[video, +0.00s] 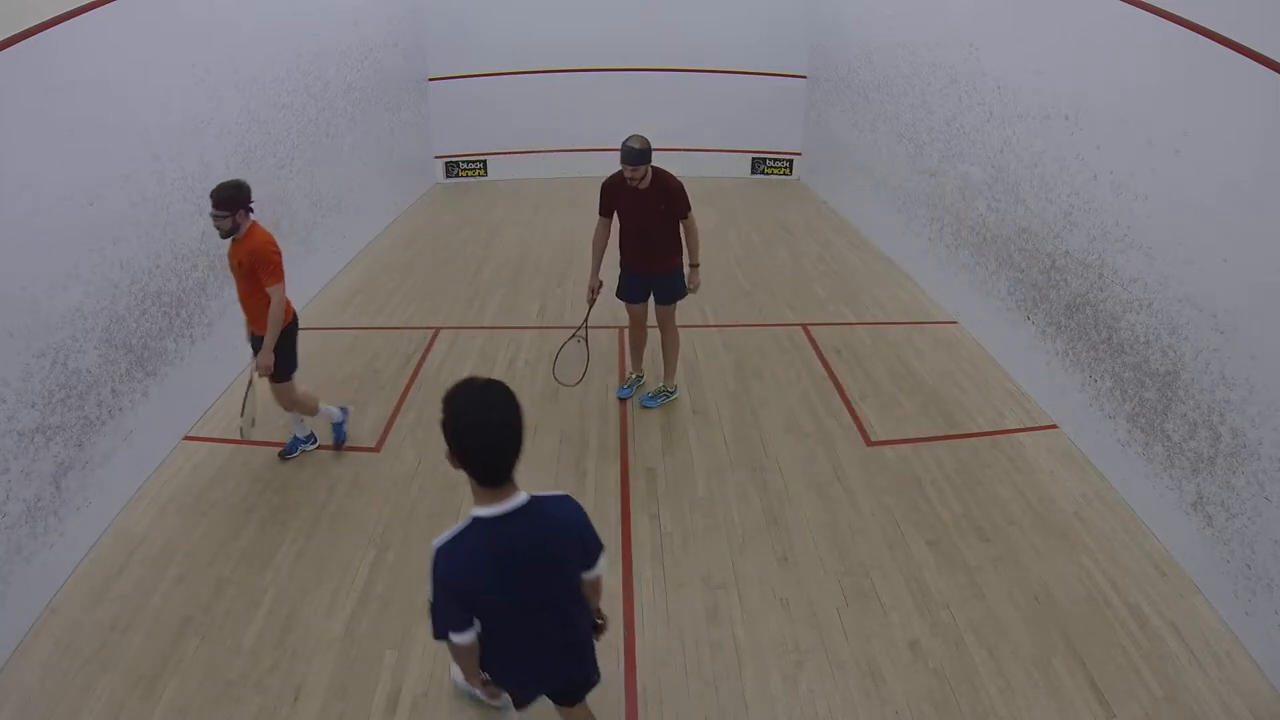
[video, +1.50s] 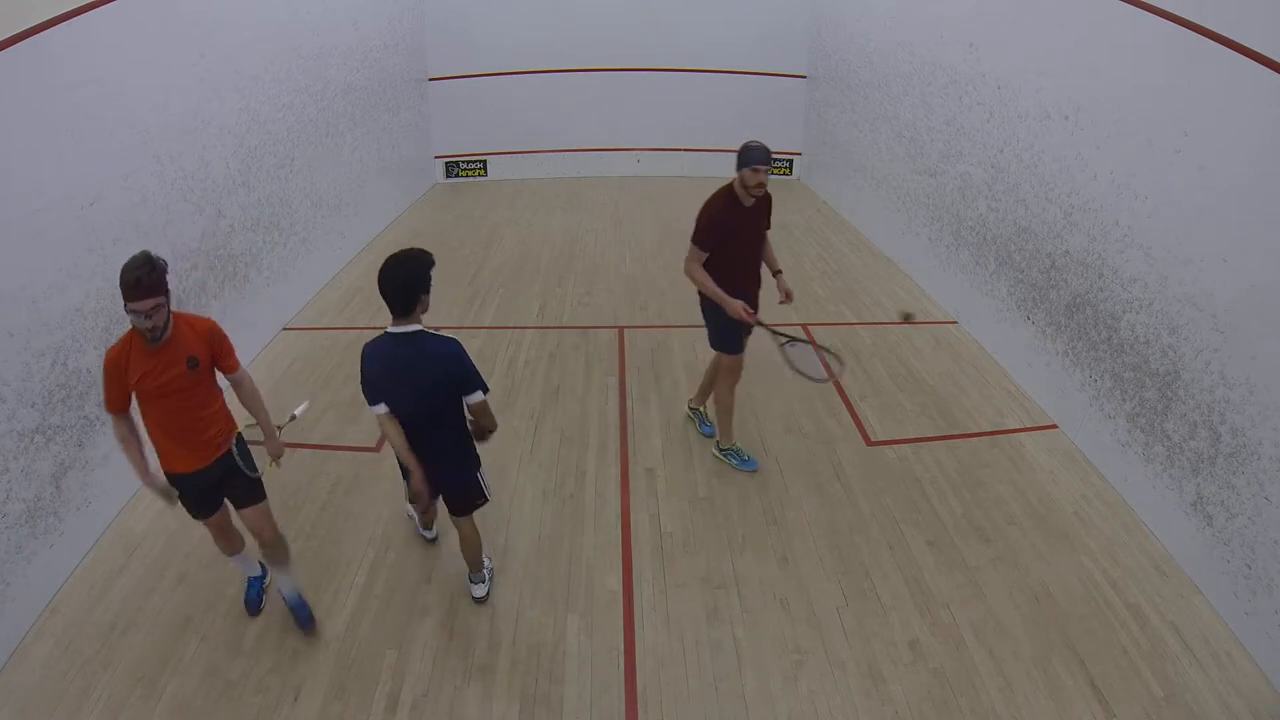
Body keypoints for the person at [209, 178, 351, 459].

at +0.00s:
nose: (215, 223)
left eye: (221, 217)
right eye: (213, 217)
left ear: (242, 214)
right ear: (238, 214)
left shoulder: (260, 245)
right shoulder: (238, 240)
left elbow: (278, 301)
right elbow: (251, 291)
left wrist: (267, 350)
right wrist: (251, 328)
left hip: (279, 329)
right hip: (260, 328)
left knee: (286, 395)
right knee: (281, 387)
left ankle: (337, 415)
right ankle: (303, 434)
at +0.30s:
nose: (200, 237)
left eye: (205, 231)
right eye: (196, 231)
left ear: (225, 225)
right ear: (193, 225)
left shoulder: (250, 257)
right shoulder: (209, 252)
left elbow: (274, 306)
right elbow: (212, 295)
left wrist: (269, 355)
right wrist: (207, 336)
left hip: (266, 341)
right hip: (243, 342)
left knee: (270, 407)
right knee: (273, 389)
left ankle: (278, 480)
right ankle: (302, 434)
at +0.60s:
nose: (187, 254)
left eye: (193, 247)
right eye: (182, 247)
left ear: (212, 240)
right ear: (179, 241)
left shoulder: (239, 275)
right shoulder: (188, 274)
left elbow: (262, 325)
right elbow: (194, 319)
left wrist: (239, 370)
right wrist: (193, 362)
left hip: (249, 357)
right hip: (219, 363)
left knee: (260, 424)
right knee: (239, 418)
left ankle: (273, 491)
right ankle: (281, 438)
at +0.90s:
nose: (172, 272)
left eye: (178, 264)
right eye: (166, 265)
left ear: (197, 255)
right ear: (163, 260)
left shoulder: (228, 287)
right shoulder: (171, 294)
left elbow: (249, 346)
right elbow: (179, 341)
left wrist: (221, 396)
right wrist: (184, 388)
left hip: (241, 381)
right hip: (202, 389)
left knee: (260, 443)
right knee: (216, 467)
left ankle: (273, 491)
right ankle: (245, 514)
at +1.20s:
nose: (149, 301)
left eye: (154, 291)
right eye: (141, 294)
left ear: (173, 280)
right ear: (134, 290)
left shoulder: (209, 314)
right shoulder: (143, 331)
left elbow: (241, 372)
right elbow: (160, 383)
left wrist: (257, 427)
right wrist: (177, 426)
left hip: (230, 421)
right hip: (189, 434)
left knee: (254, 474)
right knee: (218, 507)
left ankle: (272, 494)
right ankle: (254, 571)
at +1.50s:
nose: (148, 322)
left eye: (155, 310)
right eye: (137, 314)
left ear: (168, 296)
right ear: (125, 308)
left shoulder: (202, 332)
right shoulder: (119, 360)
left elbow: (240, 380)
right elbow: (120, 418)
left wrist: (269, 432)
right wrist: (146, 477)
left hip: (227, 450)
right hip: (183, 469)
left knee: (265, 533)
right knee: (220, 529)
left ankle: (289, 589)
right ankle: (253, 572)